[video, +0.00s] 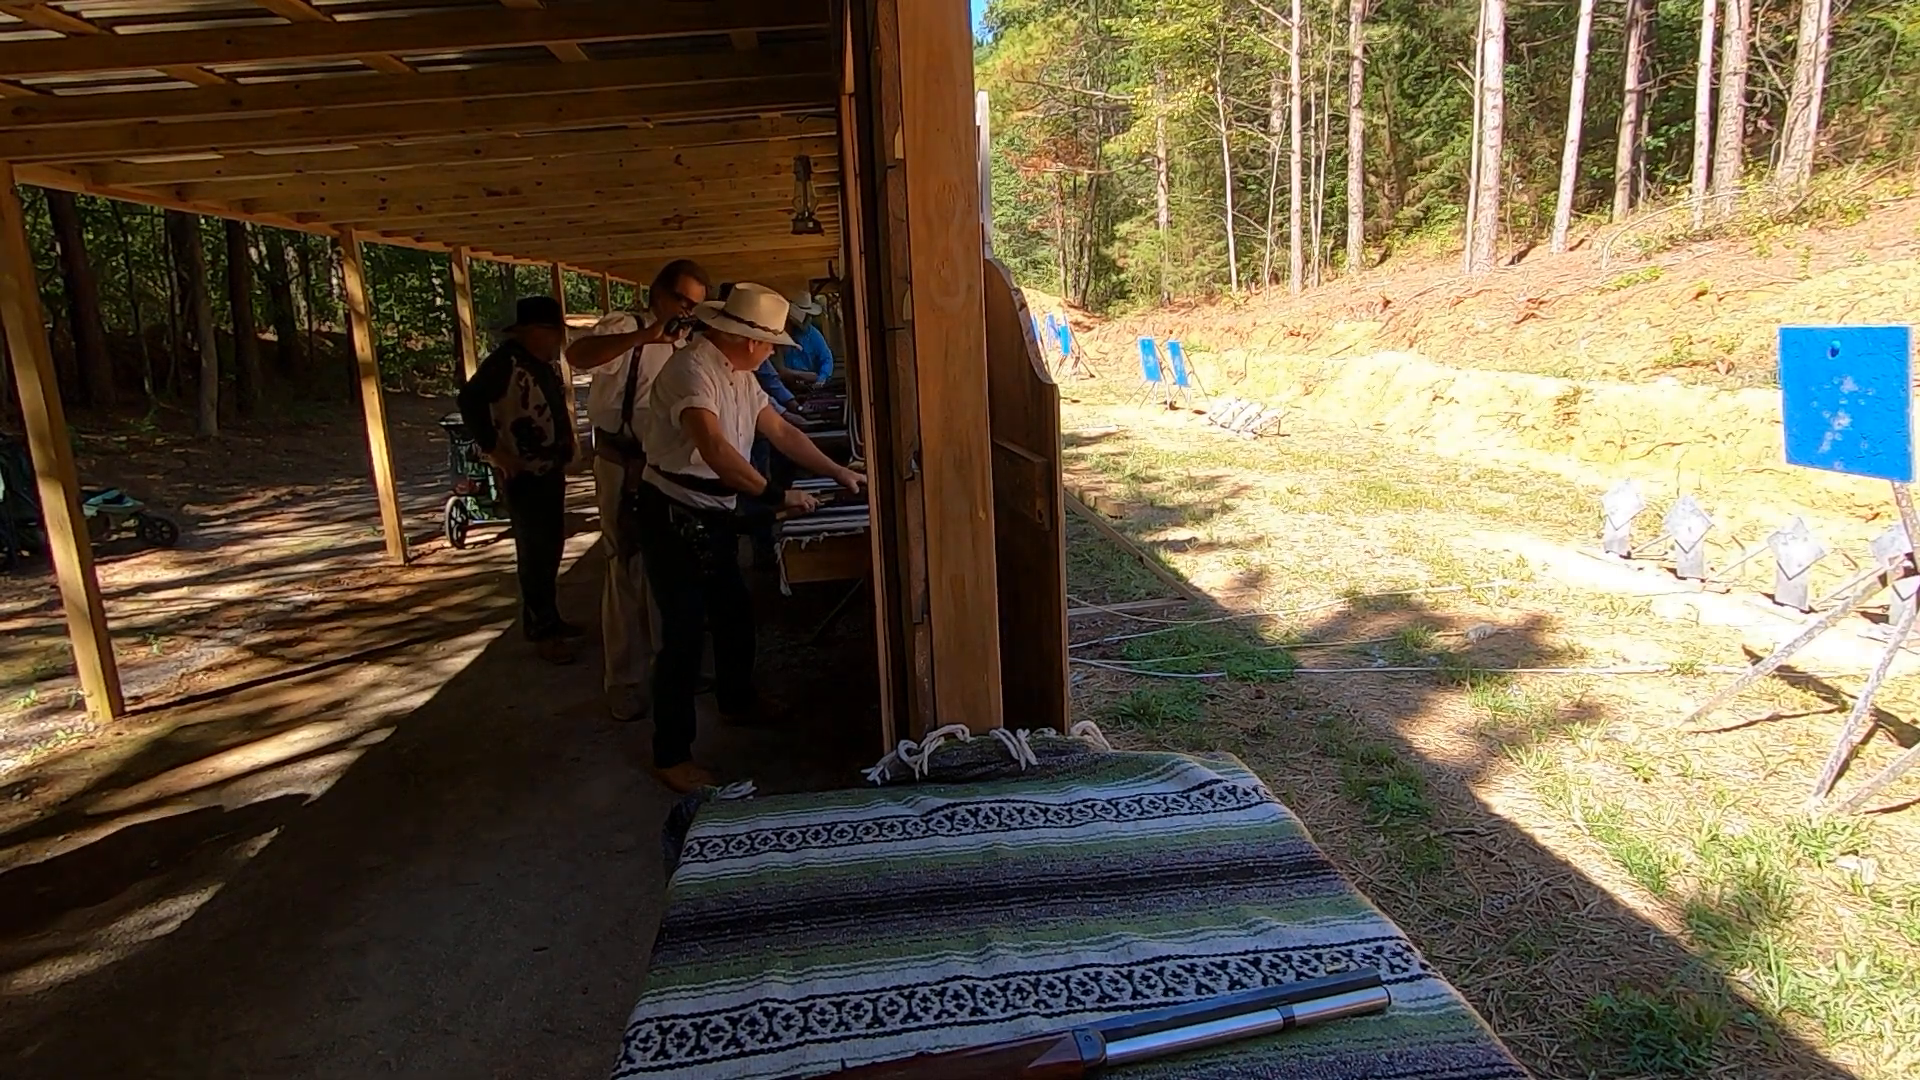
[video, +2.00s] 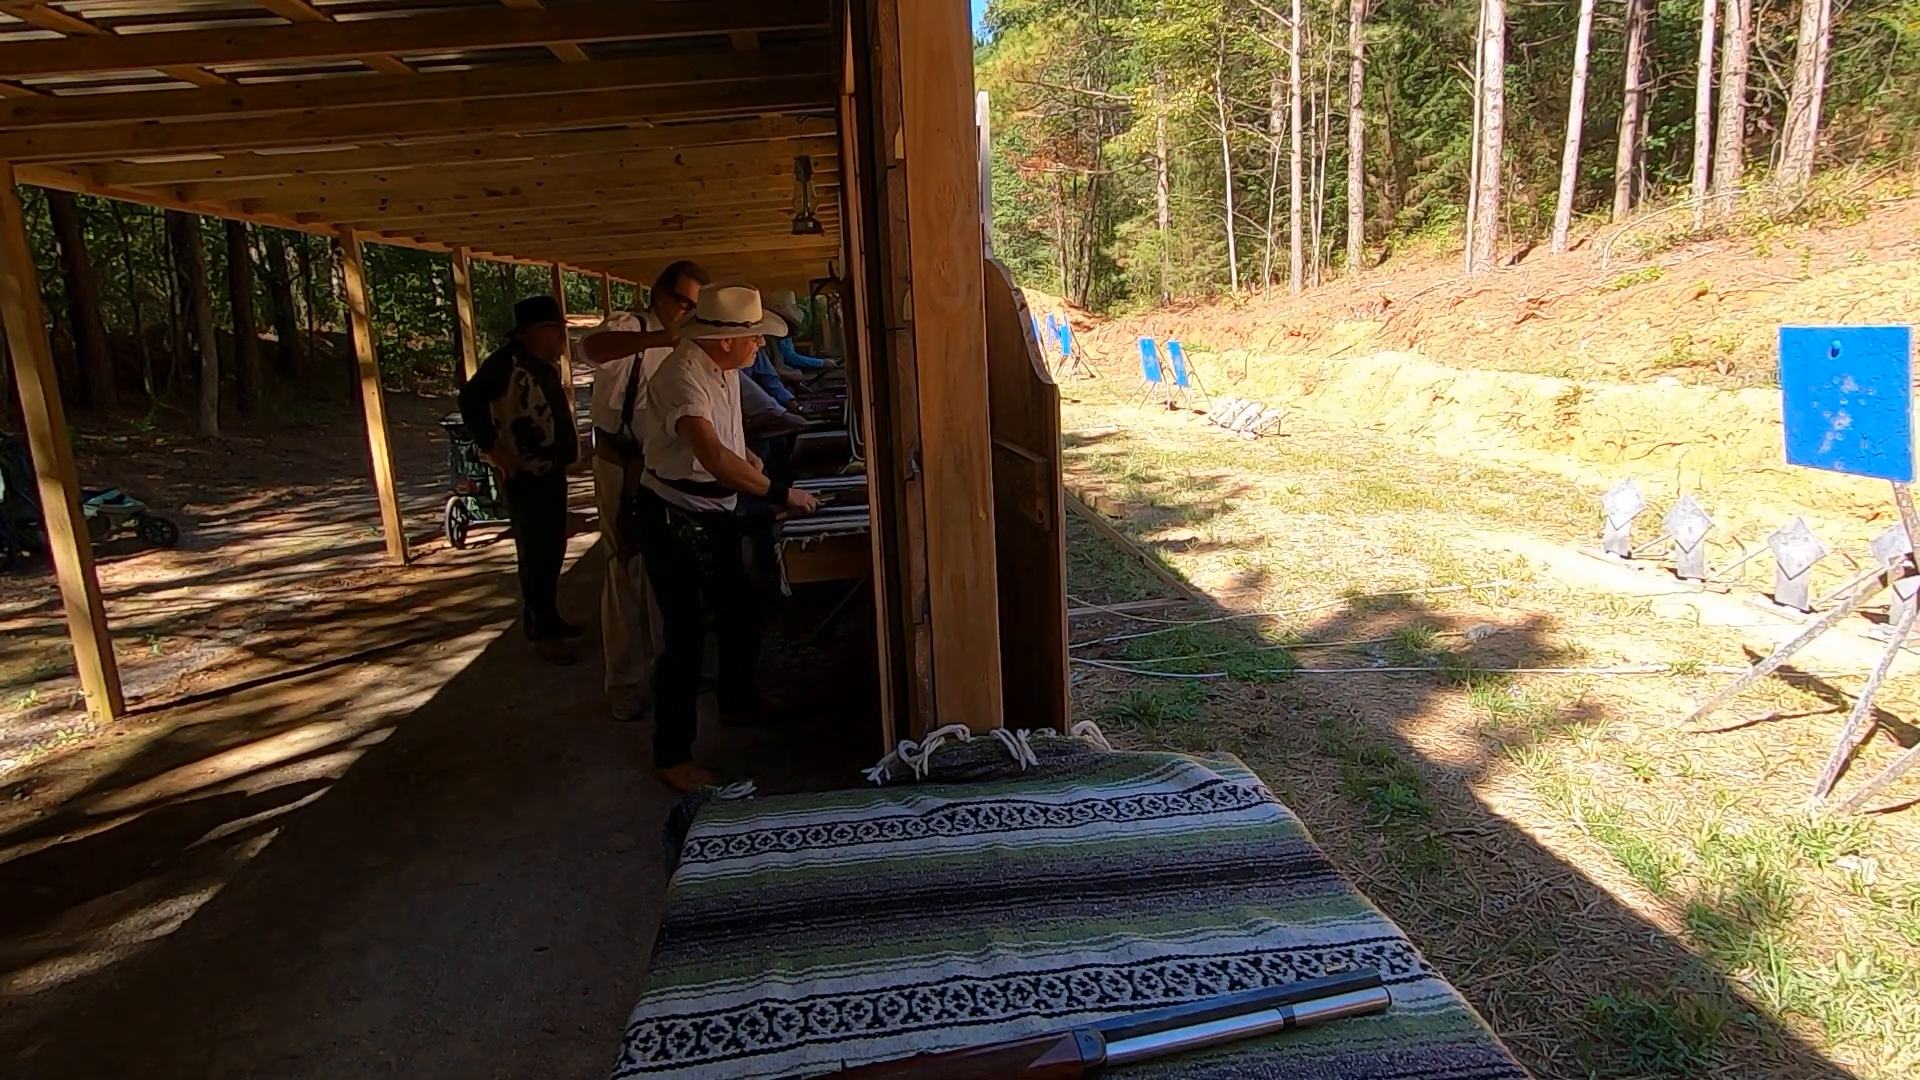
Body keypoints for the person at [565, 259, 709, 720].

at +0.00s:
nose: (685, 311)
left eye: (694, 306)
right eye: (680, 300)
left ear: (700, 309)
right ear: (657, 293)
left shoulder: (693, 346)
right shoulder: (625, 326)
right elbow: (577, 355)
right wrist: (644, 337)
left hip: (673, 464)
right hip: (619, 463)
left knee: (672, 569)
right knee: (625, 572)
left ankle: (676, 670)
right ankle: (623, 682)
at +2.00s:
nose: (687, 312)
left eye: (693, 306)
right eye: (681, 302)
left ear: (695, 309)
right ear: (658, 298)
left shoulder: (694, 352)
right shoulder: (629, 342)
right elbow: (589, 347)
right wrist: (664, 337)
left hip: (672, 464)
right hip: (621, 468)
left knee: (674, 570)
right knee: (627, 575)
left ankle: (675, 672)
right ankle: (624, 685)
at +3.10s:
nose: (691, 314)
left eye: (697, 309)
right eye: (686, 304)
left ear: (697, 310)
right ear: (661, 296)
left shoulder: (689, 344)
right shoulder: (631, 325)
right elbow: (609, 347)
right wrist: (677, 342)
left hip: (667, 463)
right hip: (619, 465)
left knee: (671, 567)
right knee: (626, 572)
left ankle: (672, 670)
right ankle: (623, 684)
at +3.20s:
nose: (691, 314)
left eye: (697, 309)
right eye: (686, 304)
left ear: (698, 310)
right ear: (661, 296)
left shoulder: (690, 344)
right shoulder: (631, 325)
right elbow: (609, 347)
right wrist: (677, 343)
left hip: (668, 463)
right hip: (619, 466)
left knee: (672, 567)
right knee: (626, 572)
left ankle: (672, 670)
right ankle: (623, 683)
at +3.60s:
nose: (690, 315)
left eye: (697, 309)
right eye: (685, 304)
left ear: (698, 311)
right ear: (660, 295)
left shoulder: (689, 344)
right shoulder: (631, 325)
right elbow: (609, 347)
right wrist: (675, 344)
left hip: (668, 463)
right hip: (619, 466)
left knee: (671, 567)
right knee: (626, 572)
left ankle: (673, 670)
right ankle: (623, 683)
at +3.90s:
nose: (689, 315)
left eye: (697, 310)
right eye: (684, 304)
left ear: (698, 311)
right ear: (660, 295)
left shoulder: (688, 344)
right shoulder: (631, 325)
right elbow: (609, 348)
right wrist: (676, 343)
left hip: (668, 464)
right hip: (619, 466)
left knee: (671, 569)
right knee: (626, 574)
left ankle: (672, 671)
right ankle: (623, 683)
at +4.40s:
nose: (689, 314)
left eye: (696, 309)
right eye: (683, 304)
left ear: (699, 311)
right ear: (659, 295)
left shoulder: (690, 344)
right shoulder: (631, 325)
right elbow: (609, 347)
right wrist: (674, 345)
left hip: (668, 461)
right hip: (618, 462)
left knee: (669, 563)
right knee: (625, 569)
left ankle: (671, 665)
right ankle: (624, 682)